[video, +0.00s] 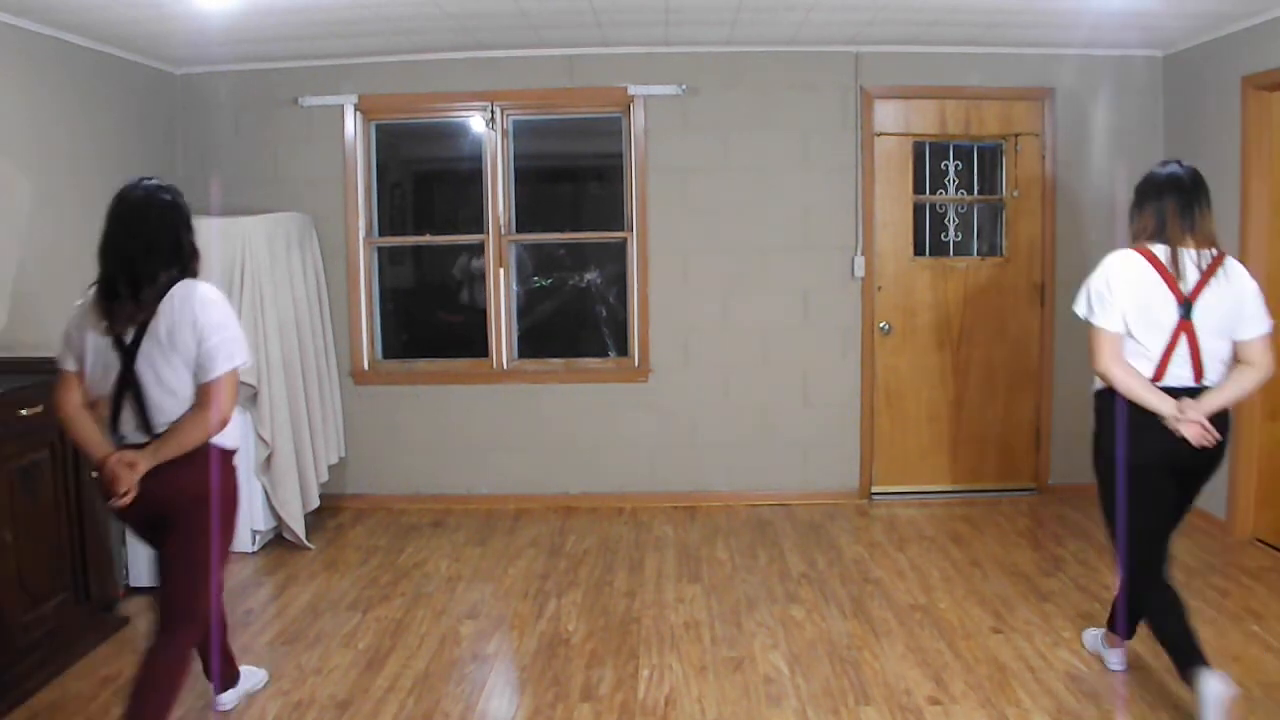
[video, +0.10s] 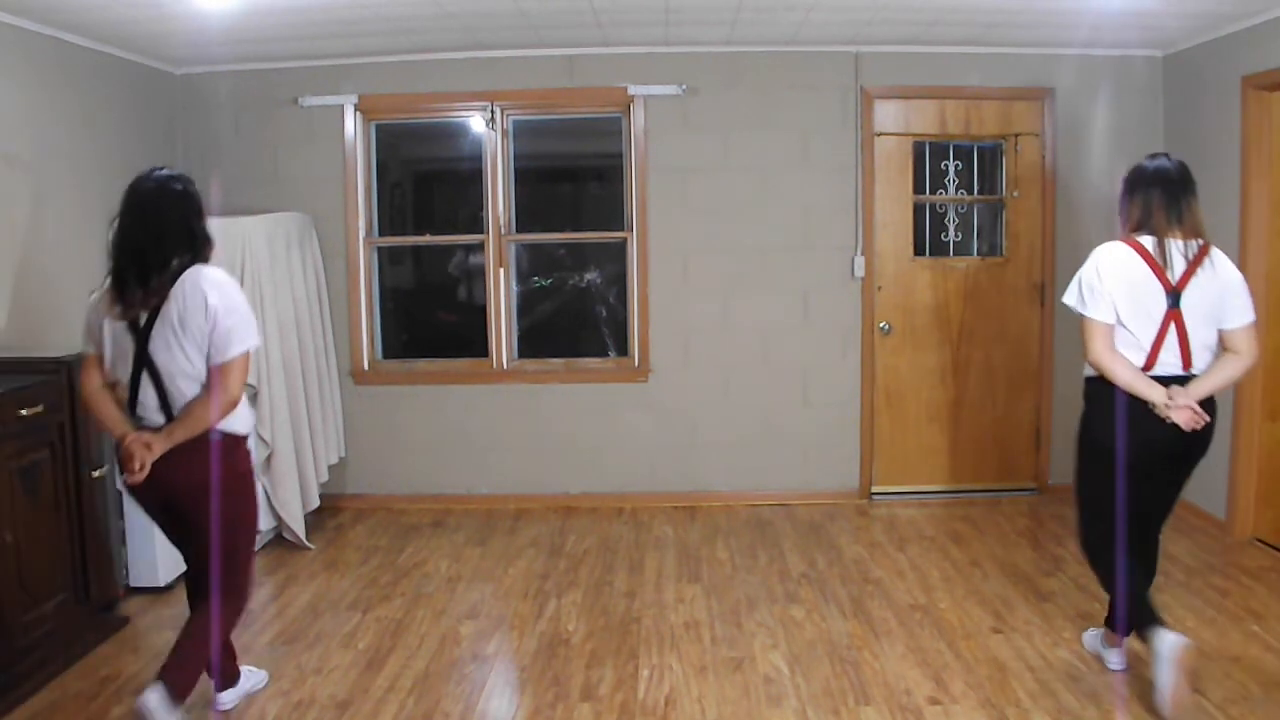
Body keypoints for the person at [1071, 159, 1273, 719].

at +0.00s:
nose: (1138, 216)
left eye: (1141, 206)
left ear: (1144, 209)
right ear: (1202, 209)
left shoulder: (1120, 268)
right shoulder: (1233, 274)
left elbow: (1107, 362)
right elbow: (1258, 364)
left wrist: (1169, 409)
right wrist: (1200, 408)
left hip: (1132, 423)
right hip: (1204, 423)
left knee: (1141, 553)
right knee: (1147, 539)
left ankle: (1201, 675)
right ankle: (1116, 639)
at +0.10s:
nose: (1123, 207)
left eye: (1126, 198)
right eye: (1126, 199)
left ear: (1133, 202)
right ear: (1189, 200)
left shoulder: (1109, 260)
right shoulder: (1219, 265)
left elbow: (1099, 353)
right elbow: (1242, 353)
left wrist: (1163, 397)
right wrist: (1188, 392)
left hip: (1120, 415)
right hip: (1190, 417)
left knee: (1100, 531)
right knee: (1145, 526)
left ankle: (1159, 635)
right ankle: (1115, 640)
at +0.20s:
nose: (1112, 204)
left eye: (1115, 195)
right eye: (1114, 195)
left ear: (1125, 198)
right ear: (1176, 196)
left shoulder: (1103, 255)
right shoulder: (1209, 259)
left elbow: (1095, 347)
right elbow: (1230, 345)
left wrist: (1151, 391)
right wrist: (1179, 388)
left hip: (1109, 406)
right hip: (1180, 408)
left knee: (1075, 513)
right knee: (1138, 520)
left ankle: (1120, 614)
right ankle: (1113, 638)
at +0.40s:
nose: (1099, 205)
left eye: (1100, 196)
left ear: (1101, 197)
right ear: (1154, 195)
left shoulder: (1083, 254)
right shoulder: (1187, 257)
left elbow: (1075, 341)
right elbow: (1207, 339)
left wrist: (1129, 388)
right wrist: (1156, 385)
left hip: (1092, 398)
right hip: (1161, 401)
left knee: (1057, 487)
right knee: (1133, 519)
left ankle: (1077, 590)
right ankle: (1117, 637)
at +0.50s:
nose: (1092, 204)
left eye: (1091, 195)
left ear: (1090, 198)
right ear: (1143, 197)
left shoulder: (1072, 255)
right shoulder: (1176, 256)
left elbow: (1065, 340)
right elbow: (1199, 337)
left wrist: (1118, 384)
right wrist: (1145, 382)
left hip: (1084, 397)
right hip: (1154, 398)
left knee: (1054, 484)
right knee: (1129, 517)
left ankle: (1073, 585)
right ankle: (1117, 637)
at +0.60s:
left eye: (1082, 195)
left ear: (1079, 199)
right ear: (1132, 198)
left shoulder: (1061, 256)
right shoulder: (1164, 256)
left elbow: (1055, 339)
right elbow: (1187, 337)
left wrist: (1107, 382)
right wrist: (1132, 380)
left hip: (1075, 396)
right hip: (1144, 396)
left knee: (1049, 480)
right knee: (1124, 514)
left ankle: (1072, 581)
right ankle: (1116, 637)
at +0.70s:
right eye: (1118, 196)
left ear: (1067, 203)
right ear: (1120, 201)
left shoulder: (1051, 257)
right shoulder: (1152, 258)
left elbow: (1044, 338)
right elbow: (1176, 336)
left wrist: (1097, 380)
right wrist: (1125, 376)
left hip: (1065, 396)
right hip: (1132, 396)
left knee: (1037, 476)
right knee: (1116, 513)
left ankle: (1059, 579)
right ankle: (1115, 635)